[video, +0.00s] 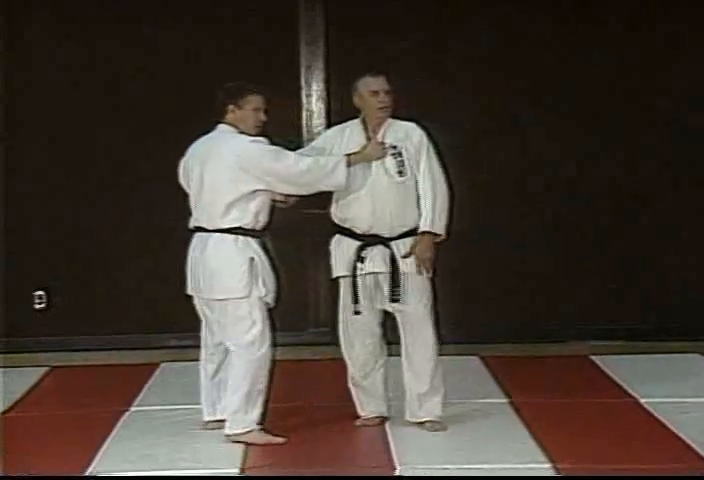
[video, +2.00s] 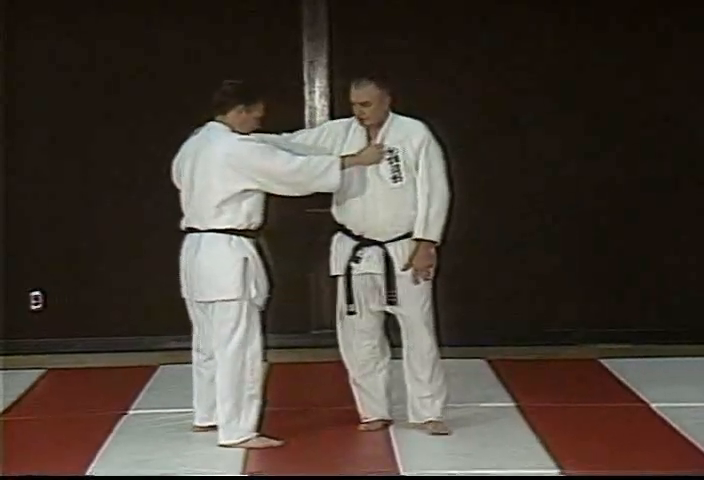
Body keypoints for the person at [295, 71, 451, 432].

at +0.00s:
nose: (384, 99)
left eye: (387, 93)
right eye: (375, 94)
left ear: (392, 98)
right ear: (357, 99)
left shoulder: (411, 136)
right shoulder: (337, 138)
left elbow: (434, 186)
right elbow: (297, 165)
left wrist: (428, 234)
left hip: (405, 246)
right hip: (354, 249)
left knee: (419, 332)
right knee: (359, 334)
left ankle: (425, 410)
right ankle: (370, 409)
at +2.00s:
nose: (360, 112)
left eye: (367, 105)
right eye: (355, 106)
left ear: (386, 101)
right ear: (350, 105)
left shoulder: (415, 135)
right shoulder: (340, 132)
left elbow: (436, 191)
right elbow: (292, 143)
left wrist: (427, 244)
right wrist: (244, 142)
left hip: (405, 248)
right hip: (353, 248)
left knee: (418, 334)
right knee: (359, 335)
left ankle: (429, 413)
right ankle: (373, 413)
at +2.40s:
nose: (365, 112)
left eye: (372, 105)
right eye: (360, 105)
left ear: (391, 102)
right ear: (355, 104)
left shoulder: (417, 136)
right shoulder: (343, 133)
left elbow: (436, 192)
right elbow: (295, 143)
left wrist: (428, 245)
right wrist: (244, 140)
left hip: (406, 247)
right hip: (355, 247)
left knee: (419, 328)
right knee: (359, 329)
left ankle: (430, 411)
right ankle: (373, 410)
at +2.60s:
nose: (366, 113)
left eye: (372, 106)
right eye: (361, 106)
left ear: (392, 103)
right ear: (356, 106)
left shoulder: (419, 137)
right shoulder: (345, 134)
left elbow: (439, 193)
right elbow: (298, 144)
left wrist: (430, 247)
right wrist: (249, 142)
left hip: (408, 248)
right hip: (358, 248)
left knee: (420, 329)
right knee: (361, 329)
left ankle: (428, 407)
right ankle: (372, 405)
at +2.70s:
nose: (366, 113)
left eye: (372, 106)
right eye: (361, 106)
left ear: (392, 103)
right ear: (356, 105)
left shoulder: (419, 136)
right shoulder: (346, 133)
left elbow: (439, 194)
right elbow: (298, 143)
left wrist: (431, 247)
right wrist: (249, 140)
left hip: (408, 248)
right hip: (358, 248)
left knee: (420, 329)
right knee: (361, 329)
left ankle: (428, 407)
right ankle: (372, 406)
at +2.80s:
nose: (366, 112)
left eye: (373, 105)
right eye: (361, 106)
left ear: (392, 102)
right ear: (356, 105)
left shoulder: (419, 136)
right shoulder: (346, 133)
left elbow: (439, 193)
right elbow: (298, 143)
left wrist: (431, 247)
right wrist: (249, 141)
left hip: (409, 247)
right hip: (358, 247)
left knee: (420, 327)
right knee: (361, 327)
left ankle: (428, 407)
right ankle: (372, 405)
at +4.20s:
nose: (374, 112)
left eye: (381, 106)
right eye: (369, 106)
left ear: (400, 104)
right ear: (365, 105)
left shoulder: (418, 138)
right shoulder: (354, 129)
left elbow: (387, 180)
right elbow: (305, 136)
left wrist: (326, 196)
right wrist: (242, 131)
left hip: (412, 246)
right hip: (363, 246)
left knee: (424, 331)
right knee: (364, 330)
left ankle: (437, 409)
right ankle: (374, 405)